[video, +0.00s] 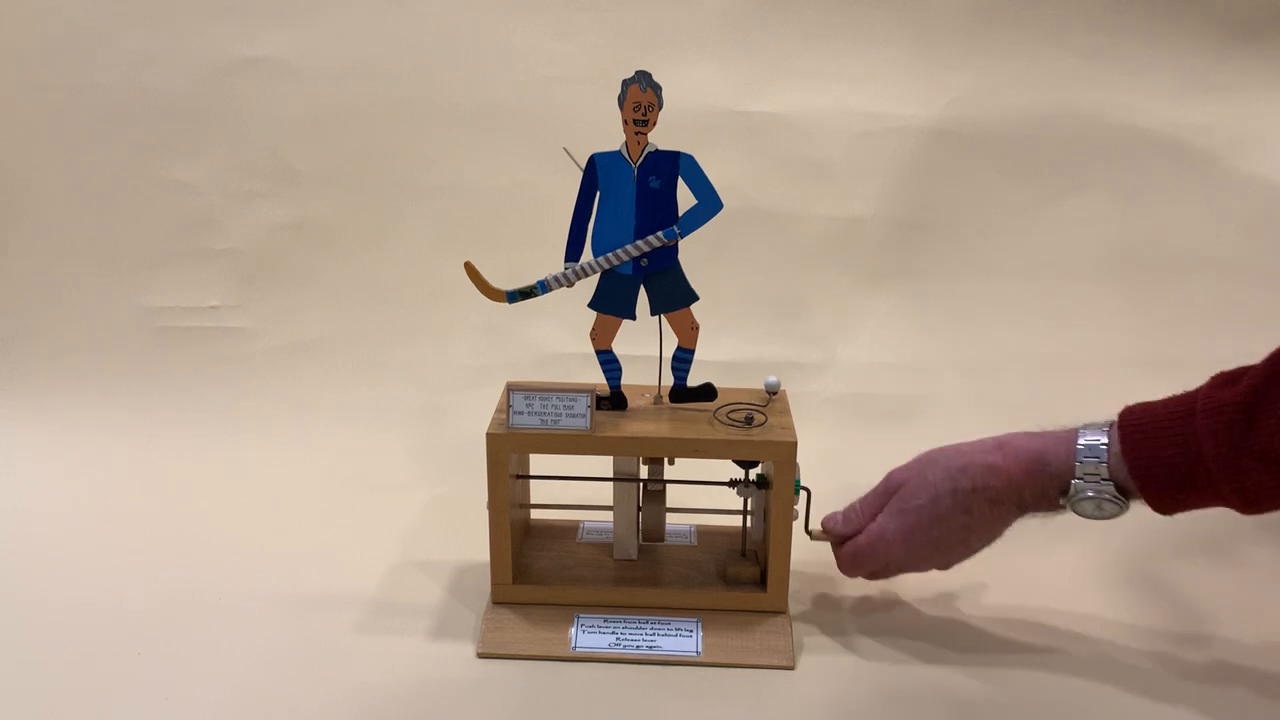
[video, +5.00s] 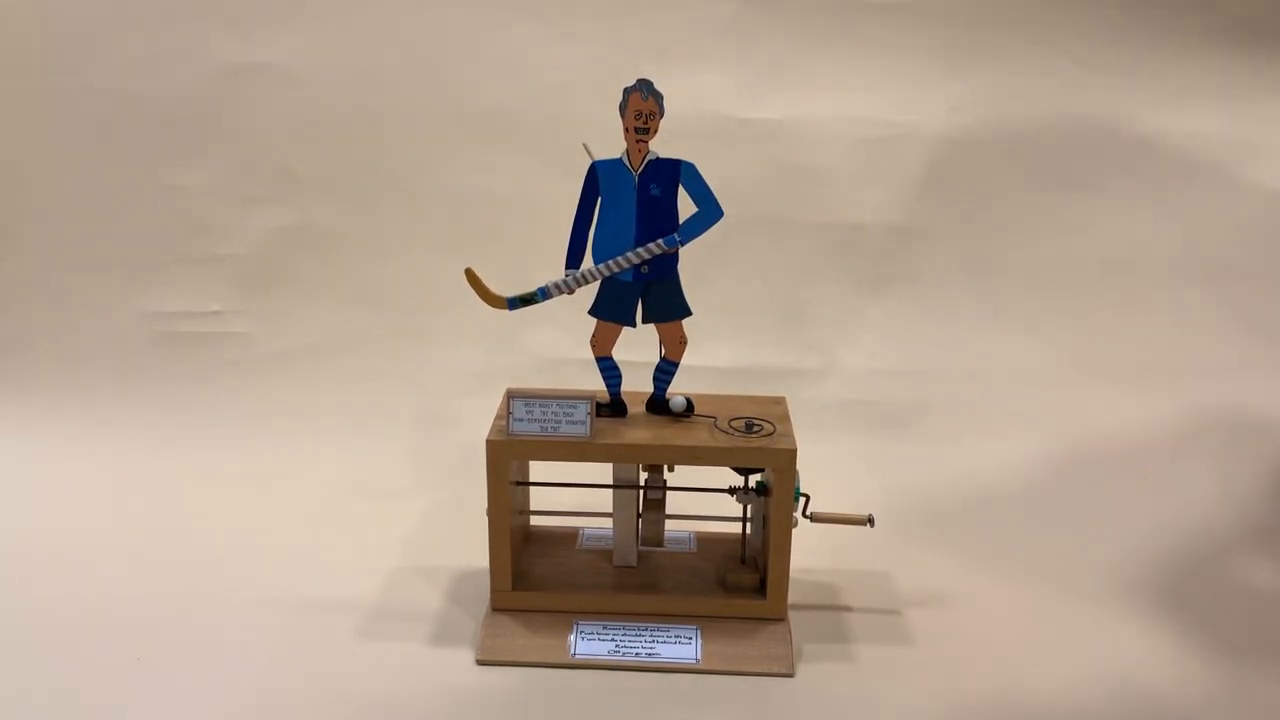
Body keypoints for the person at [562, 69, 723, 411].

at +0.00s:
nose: (642, 113)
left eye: (650, 107)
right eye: (635, 105)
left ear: (658, 114)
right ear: (621, 111)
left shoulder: (675, 162)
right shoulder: (599, 164)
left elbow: (712, 203)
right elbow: (580, 218)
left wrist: (675, 233)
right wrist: (571, 266)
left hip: (662, 265)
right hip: (618, 267)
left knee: (689, 331)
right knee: (600, 337)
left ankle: (679, 390)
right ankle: (615, 394)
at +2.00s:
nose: (645, 113)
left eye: (652, 108)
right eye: (638, 106)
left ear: (661, 115)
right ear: (624, 112)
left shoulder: (678, 163)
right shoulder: (602, 165)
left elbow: (715, 204)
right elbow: (583, 218)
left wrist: (677, 234)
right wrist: (574, 266)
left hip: (664, 265)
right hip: (620, 267)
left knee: (694, 331)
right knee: (603, 337)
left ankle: (685, 390)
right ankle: (618, 395)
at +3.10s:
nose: (642, 117)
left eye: (649, 111)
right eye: (635, 110)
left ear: (658, 119)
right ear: (620, 116)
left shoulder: (676, 167)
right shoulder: (600, 170)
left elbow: (713, 208)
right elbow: (582, 223)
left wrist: (674, 238)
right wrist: (572, 271)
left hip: (666, 263)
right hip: (621, 268)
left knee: (718, 313)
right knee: (603, 342)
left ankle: (733, 372)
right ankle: (618, 400)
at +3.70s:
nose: (647, 121)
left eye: (654, 114)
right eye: (640, 113)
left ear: (663, 122)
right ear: (626, 118)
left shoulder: (681, 170)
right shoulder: (604, 171)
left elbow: (716, 211)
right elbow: (585, 224)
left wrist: (676, 241)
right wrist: (575, 270)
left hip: (667, 270)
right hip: (621, 272)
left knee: (706, 330)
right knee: (603, 344)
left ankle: (707, 389)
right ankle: (618, 402)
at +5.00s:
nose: (643, 121)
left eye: (651, 115)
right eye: (637, 113)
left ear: (660, 121)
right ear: (622, 118)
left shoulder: (676, 170)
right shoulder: (601, 171)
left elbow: (713, 211)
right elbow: (581, 225)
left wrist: (675, 241)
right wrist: (571, 273)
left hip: (661, 277)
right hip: (617, 277)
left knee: (675, 343)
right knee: (600, 344)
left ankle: (658, 400)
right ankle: (615, 401)